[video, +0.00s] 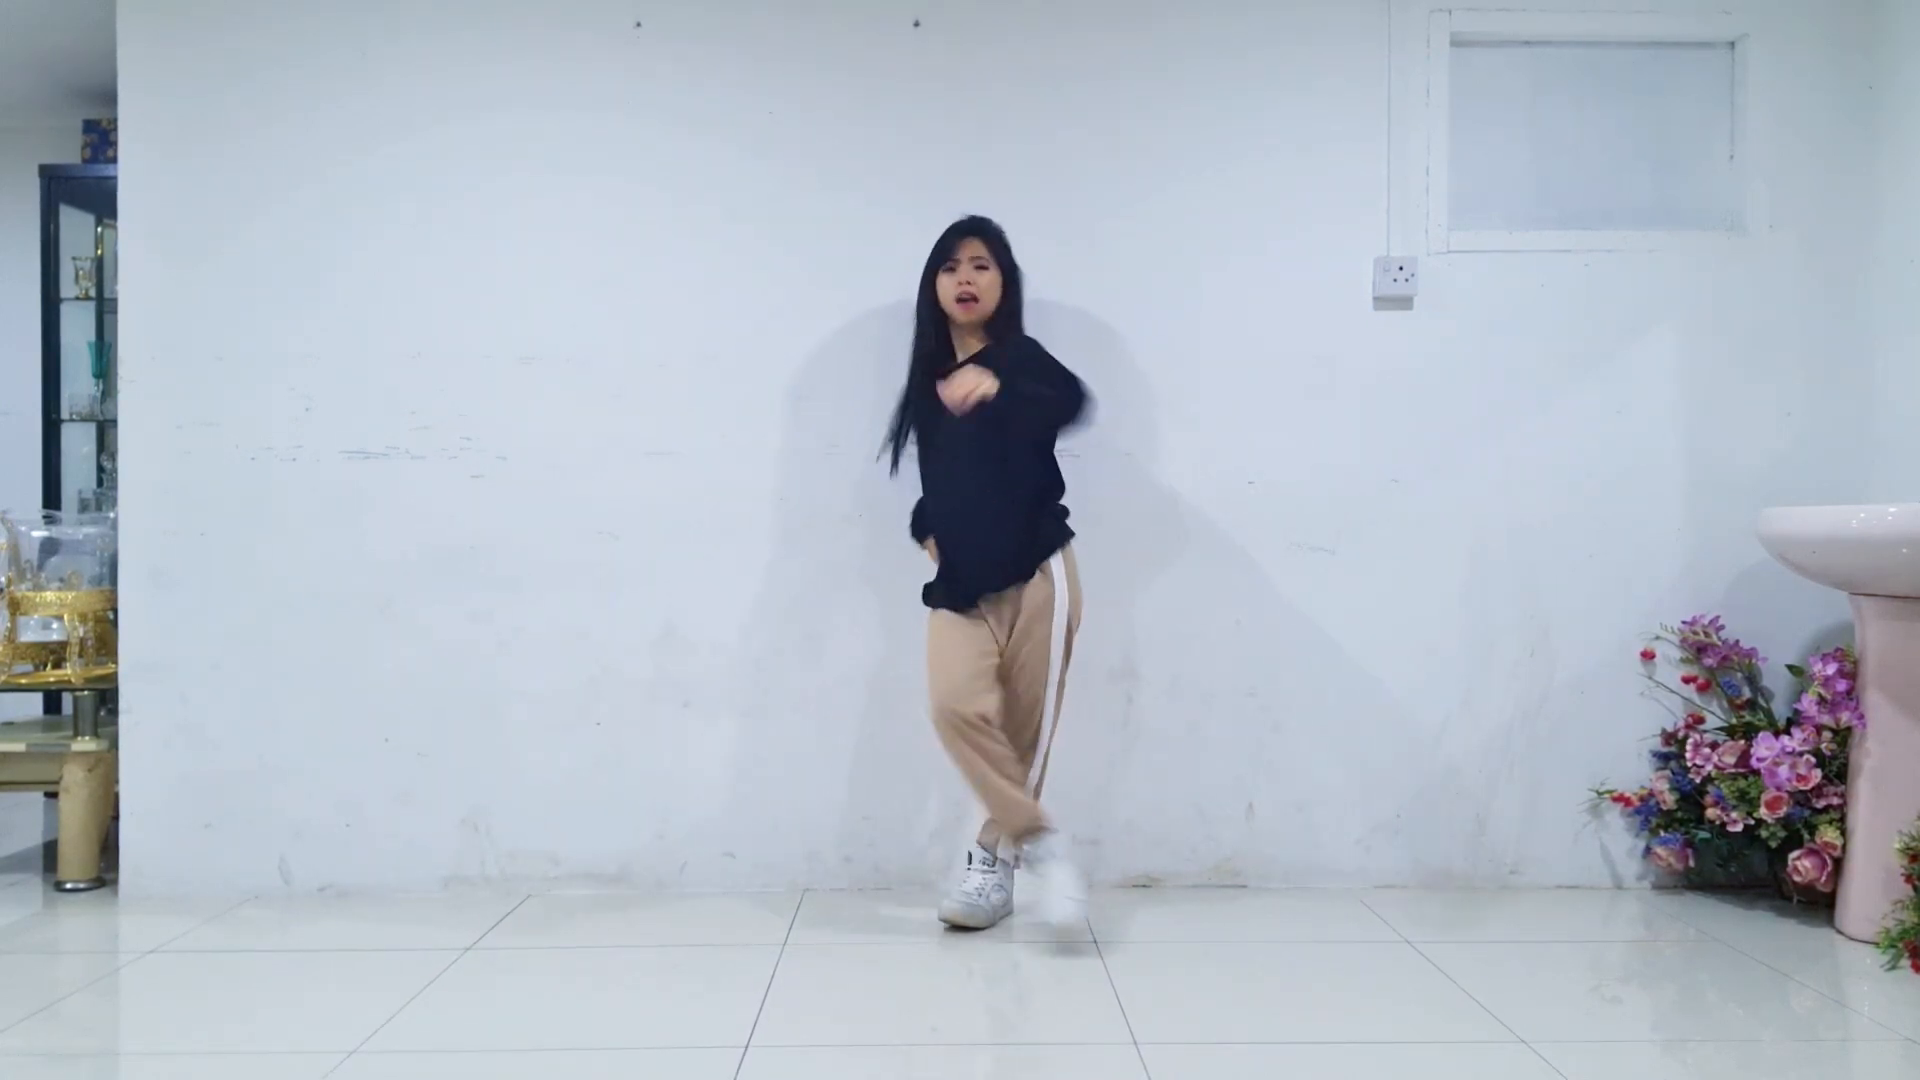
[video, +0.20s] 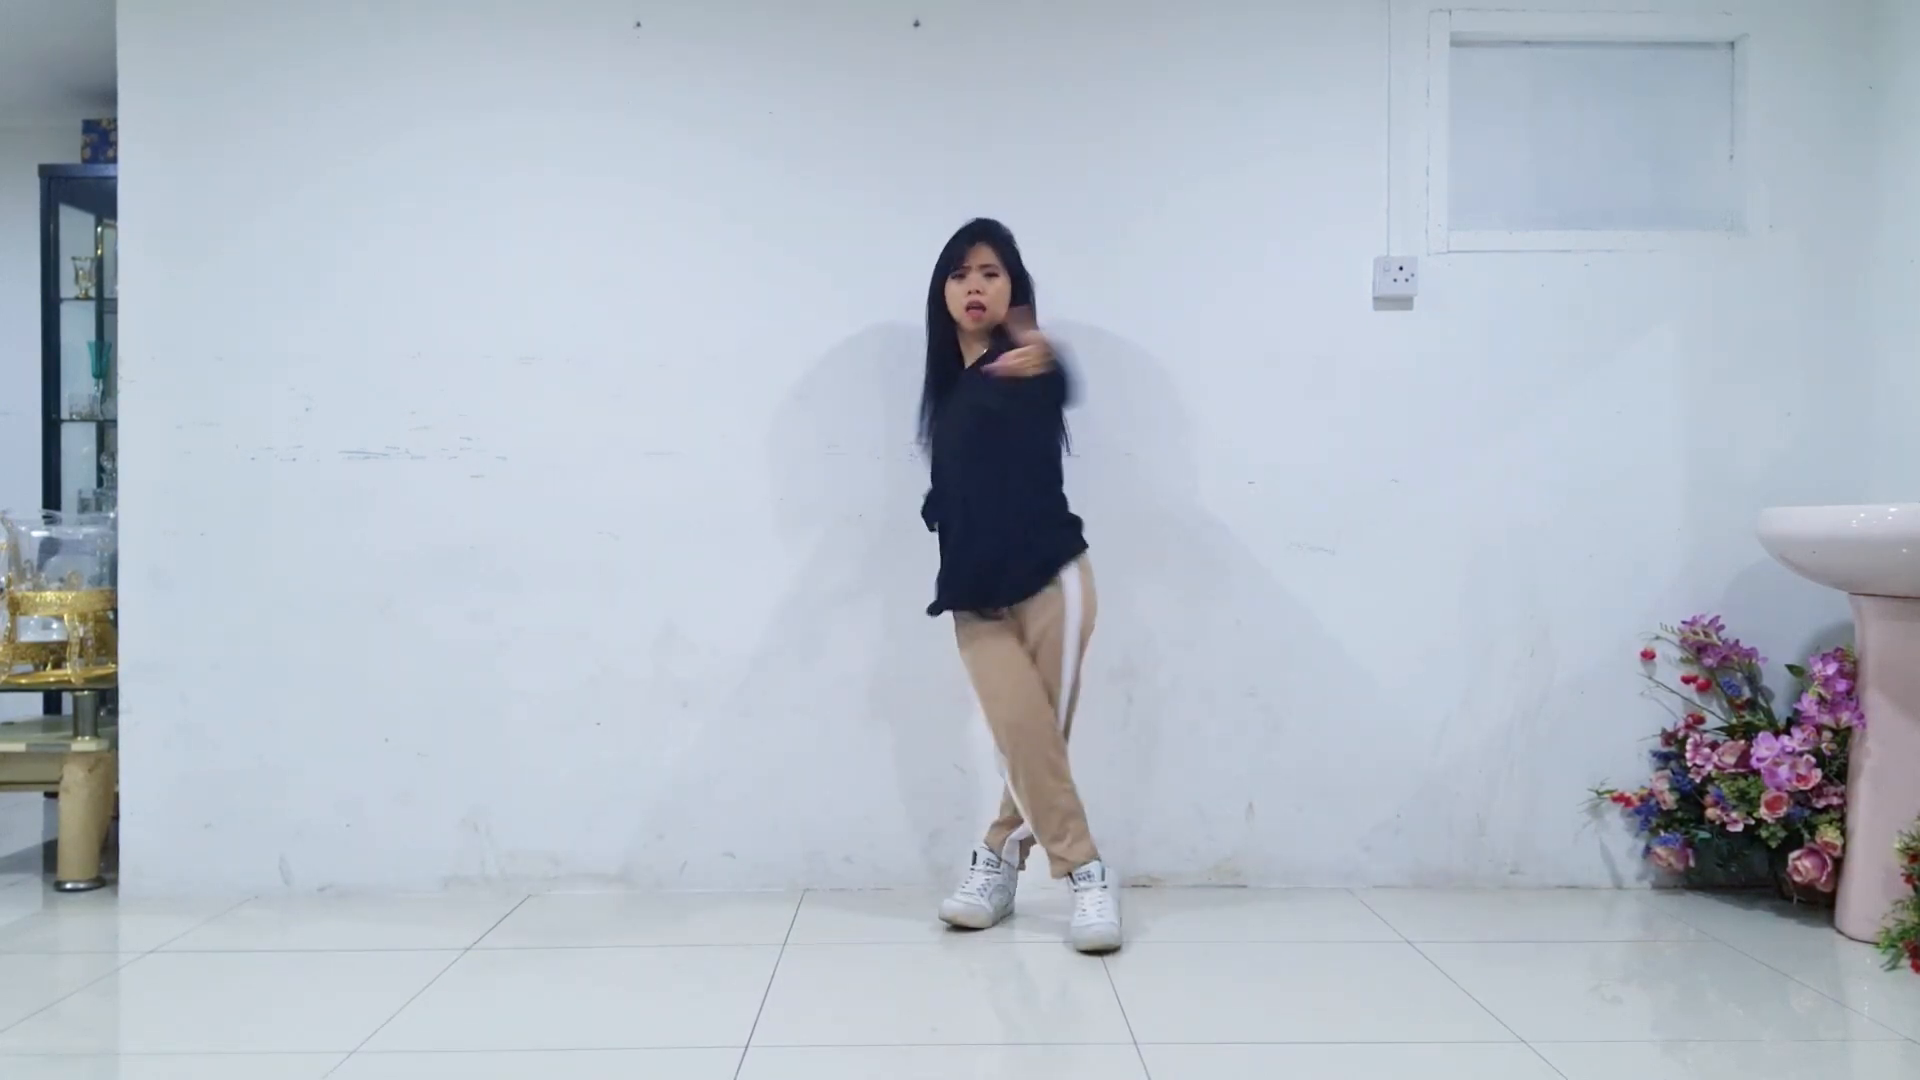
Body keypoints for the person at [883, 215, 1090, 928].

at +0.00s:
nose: (965, 279)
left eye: (981, 267)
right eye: (951, 267)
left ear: (1005, 282)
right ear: (932, 283)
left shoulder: (1025, 359)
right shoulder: (930, 378)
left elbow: (1072, 403)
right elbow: (939, 469)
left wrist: (999, 385)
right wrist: (927, 527)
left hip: (1037, 567)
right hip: (961, 572)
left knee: (1020, 717)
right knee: (956, 708)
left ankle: (994, 860)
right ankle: (1041, 845)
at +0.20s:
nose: (975, 288)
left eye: (990, 273)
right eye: (960, 274)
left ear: (1015, 289)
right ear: (942, 291)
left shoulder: (1033, 360)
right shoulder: (946, 383)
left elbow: (1048, 370)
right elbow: (950, 469)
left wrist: (1041, 355)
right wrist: (939, 516)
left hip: (1050, 571)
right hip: (971, 582)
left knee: (1042, 727)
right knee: (1022, 730)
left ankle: (999, 857)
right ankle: (1087, 876)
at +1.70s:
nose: (930, 301)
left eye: (946, 287)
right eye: (916, 287)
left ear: (968, 296)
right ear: (897, 295)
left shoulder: (993, 378)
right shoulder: (885, 379)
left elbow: (1004, 491)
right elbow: (882, 474)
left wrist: (1000, 578)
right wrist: (861, 535)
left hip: (991, 573)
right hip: (908, 580)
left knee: (1052, 705)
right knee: (891, 729)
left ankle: (1059, 858)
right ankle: (891, 861)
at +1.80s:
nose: (943, 299)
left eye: (959, 285)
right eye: (930, 284)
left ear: (977, 295)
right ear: (906, 290)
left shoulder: (985, 366)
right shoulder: (889, 373)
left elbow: (1004, 470)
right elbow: (895, 471)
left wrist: (1000, 564)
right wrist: (882, 540)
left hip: (986, 575)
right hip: (905, 578)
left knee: (1052, 696)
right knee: (886, 725)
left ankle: (1103, 844)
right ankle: (890, 857)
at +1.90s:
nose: (959, 299)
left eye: (975, 285)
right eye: (945, 283)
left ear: (998, 293)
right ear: (923, 290)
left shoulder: (1013, 357)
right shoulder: (909, 364)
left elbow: (1035, 448)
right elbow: (912, 459)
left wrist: (1005, 534)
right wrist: (896, 526)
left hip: (985, 557)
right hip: (909, 558)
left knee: (1051, 701)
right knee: (888, 712)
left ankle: (1112, 842)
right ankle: (885, 860)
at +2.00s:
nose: (974, 313)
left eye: (991, 298)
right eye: (962, 297)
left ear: (1017, 304)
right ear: (946, 303)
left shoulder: (1049, 361)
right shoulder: (936, 371)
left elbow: (1071, 442)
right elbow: (929, 466)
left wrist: (1022, 506)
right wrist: (910, 527)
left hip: (1001, 566)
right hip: (923, 565)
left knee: (1032, 721)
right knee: (893, 714)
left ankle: (1109, 861)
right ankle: (886, 860)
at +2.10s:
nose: (987, 320)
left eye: (1004, 307)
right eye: (975, 306)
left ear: (1029, 318)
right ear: (959, 316)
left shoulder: (1057, 372)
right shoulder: (950, 398)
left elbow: (1109, 438)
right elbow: (927, 493)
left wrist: (1037, 488)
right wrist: (928, 561)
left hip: (1027, 608)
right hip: (942, 611)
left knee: (1073, 745)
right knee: (880, 724)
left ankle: (1114, 870)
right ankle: (885, 862)